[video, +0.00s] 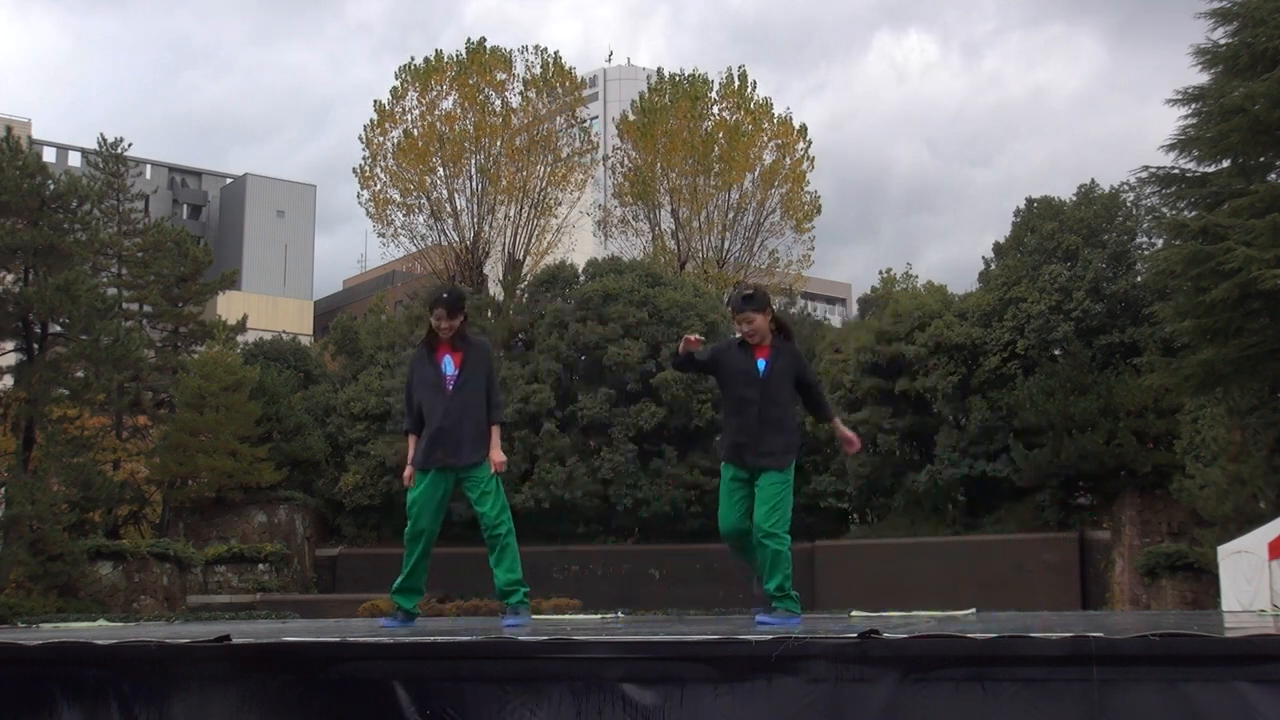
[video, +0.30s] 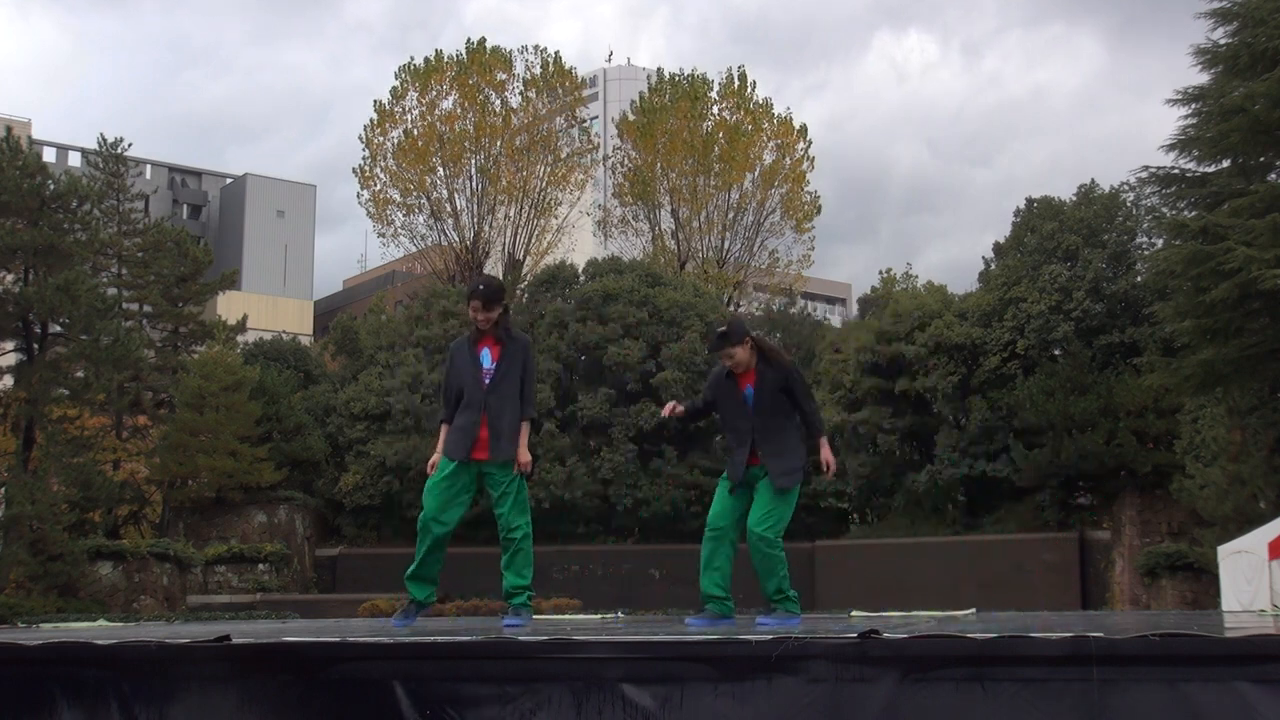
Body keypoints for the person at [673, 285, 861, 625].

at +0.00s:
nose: (745, 329)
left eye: (750, 321)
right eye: (739, 323)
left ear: (769, 316)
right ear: (734, 322)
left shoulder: (789, 354)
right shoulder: (726, 353)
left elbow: (811, 393)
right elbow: (687, 365)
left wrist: (838, 426)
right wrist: (685, 352)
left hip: (777, 458)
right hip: (736, 457)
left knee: (768, 528)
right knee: (731, 527)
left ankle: (785, 606)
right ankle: (768, 576)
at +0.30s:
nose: (727, 362)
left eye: (731, 355)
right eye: (722, 357)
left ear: (749, 344)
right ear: (719, 355)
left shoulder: (781, 370)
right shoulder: (721, 379)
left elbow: (809, 408)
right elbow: (705, 405)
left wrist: (823, 445)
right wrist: (683, 410)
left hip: (781, 469)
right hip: (740, 469)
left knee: (760, 531)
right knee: (717, 528)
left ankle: (785, 608)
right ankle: (718, 608)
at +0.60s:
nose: (735, 340)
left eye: (740, 333)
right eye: (731, 335)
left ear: (759, 323)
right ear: (728, 333)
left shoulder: (787, 355)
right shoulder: (727, 356)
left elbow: (822, 393)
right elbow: (709, 392)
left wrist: (819, 382)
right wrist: (696, 407)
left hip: (775, 458)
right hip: (738, 459)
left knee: (769, 530)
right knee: (751, 530)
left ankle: (785, 605)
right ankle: (805, 556)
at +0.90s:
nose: (706, 353)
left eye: (709, 345)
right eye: (701, 348)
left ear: (728, 335)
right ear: (699, 346)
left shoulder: (762, 365)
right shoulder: (707, 370)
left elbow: (783, 411)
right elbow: (703, 407)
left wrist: (756, 436)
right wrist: (698, 434)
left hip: (764, 465)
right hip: (723, 465)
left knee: (768, 532)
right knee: (707, 530)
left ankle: (785, 607)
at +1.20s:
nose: (656, 357)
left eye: (656, 349)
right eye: (653, 351)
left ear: (672, 342)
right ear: (673, 344)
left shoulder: (706, 372)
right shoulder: (692, 375)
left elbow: (735, 415)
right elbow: (698, 425)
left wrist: (709, 446)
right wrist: (678, 455)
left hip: (745, 464)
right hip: (716, 467)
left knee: (749, 529)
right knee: (705, 533)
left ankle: (796, 545)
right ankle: (715, 606)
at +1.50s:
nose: (699, 326)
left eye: (705, 318)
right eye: (692, 321)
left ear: (714, 322)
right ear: (682, 328)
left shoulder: (736, 359)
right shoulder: (672, 373)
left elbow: (756, 406)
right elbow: (661, 423)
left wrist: (737, 440)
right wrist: (662, 460)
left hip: (745, 463)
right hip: (699, 469)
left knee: (754, 524)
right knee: (696, 538)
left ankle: (770, 604)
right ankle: (714, 608)